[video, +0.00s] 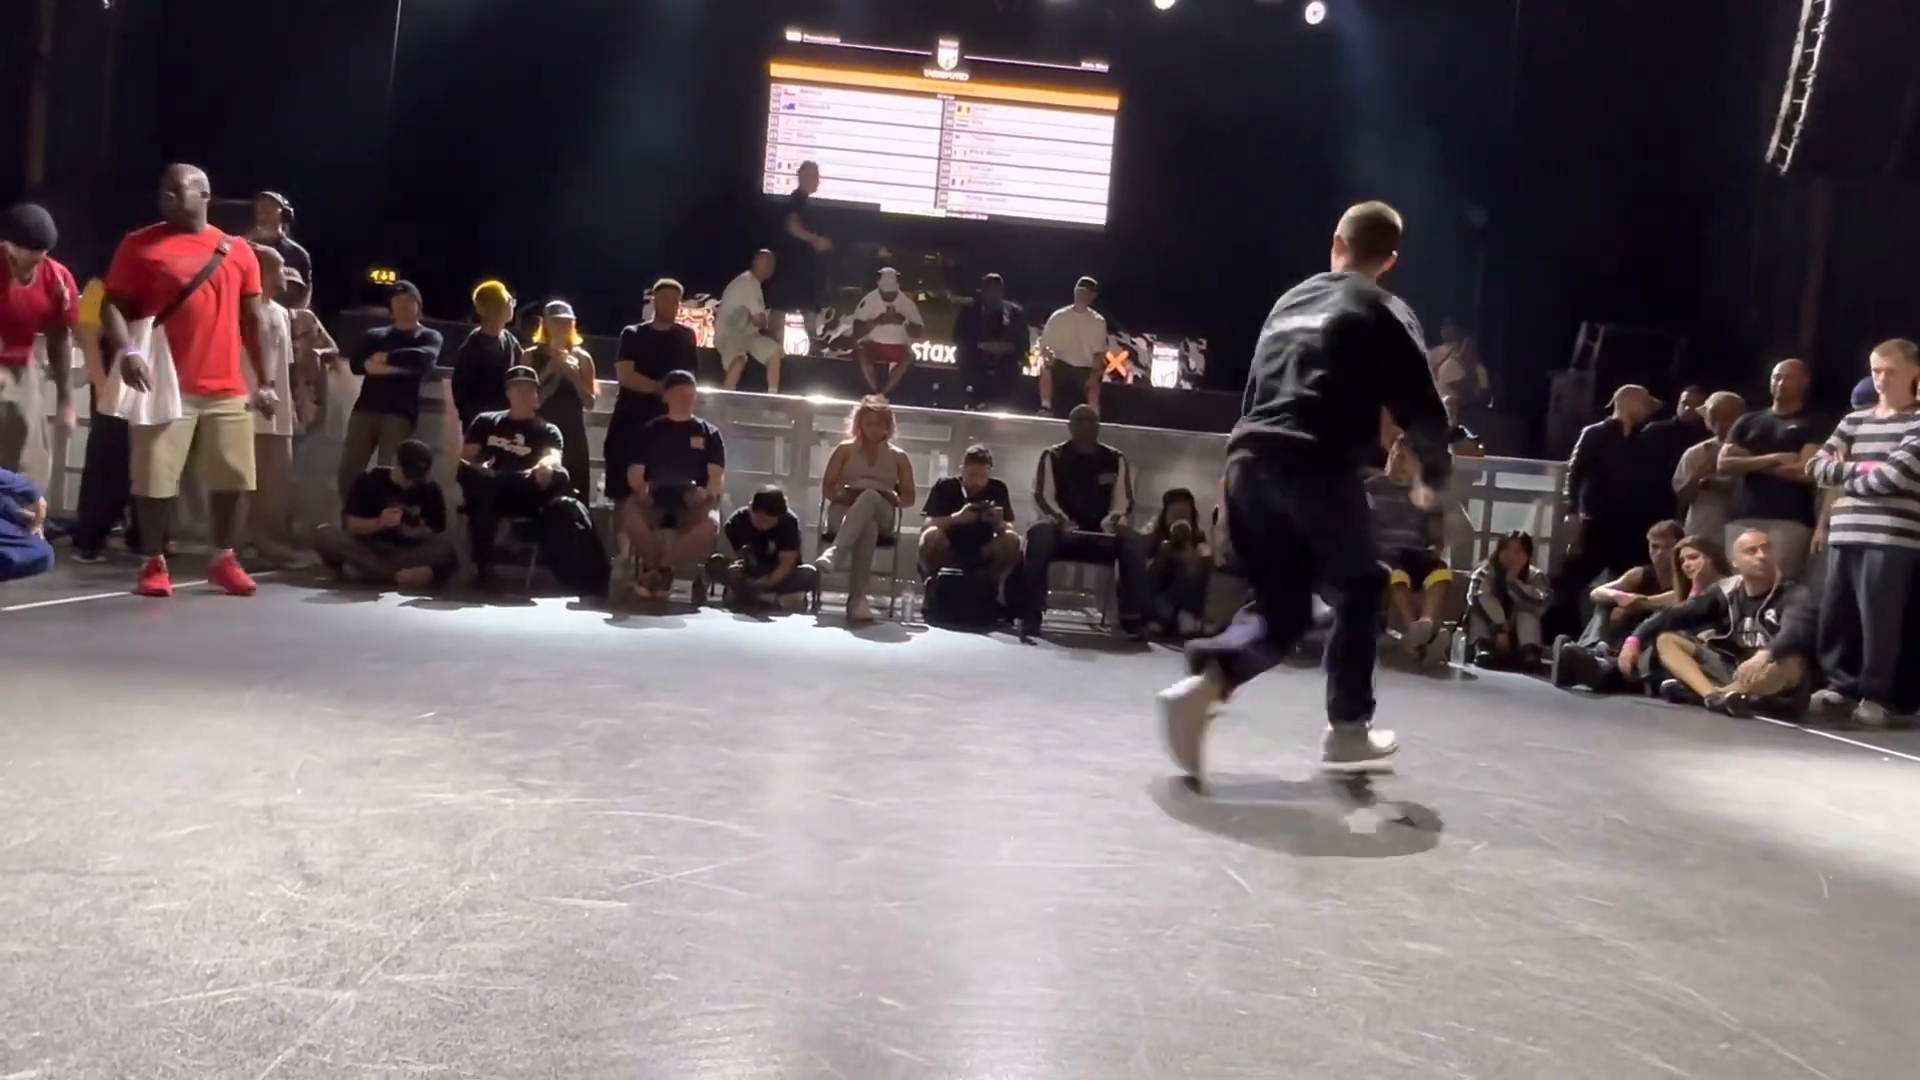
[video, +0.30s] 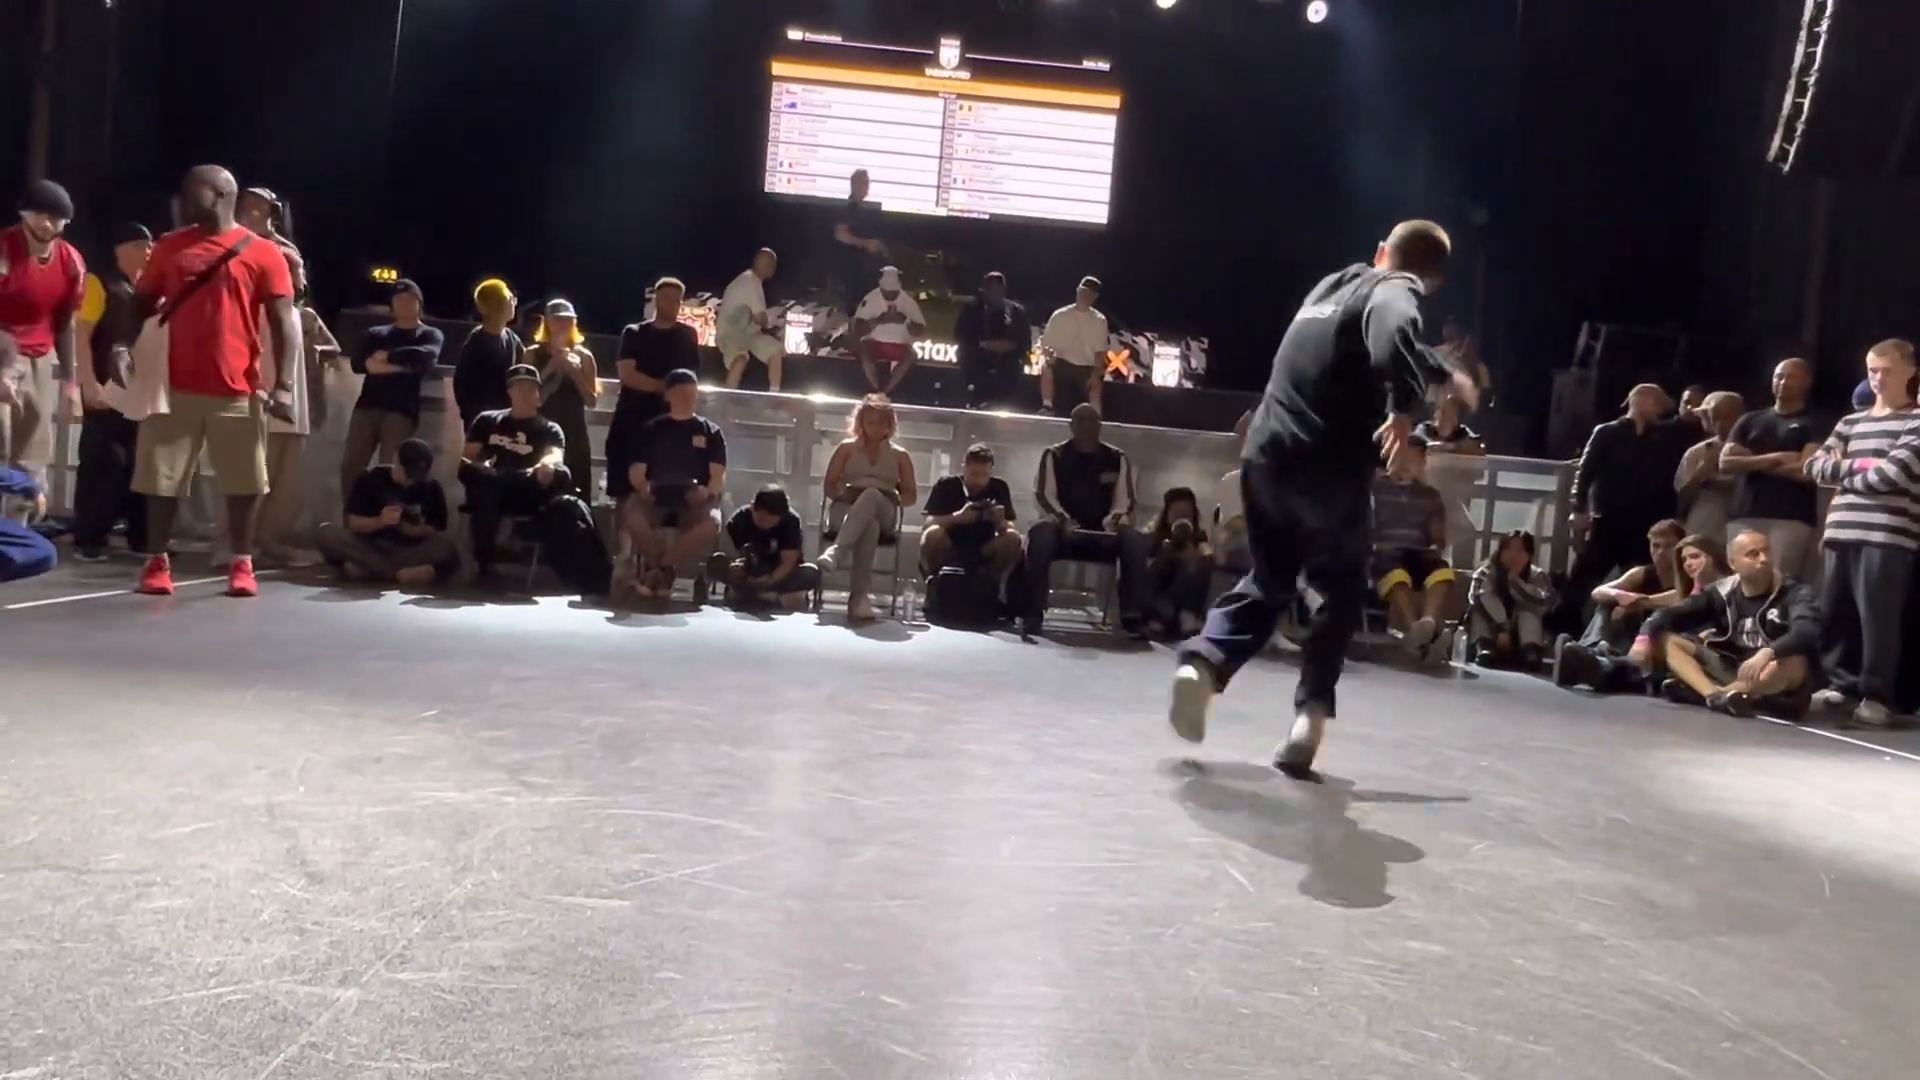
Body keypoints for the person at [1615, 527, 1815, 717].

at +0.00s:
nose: (1761, 557)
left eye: (1766, 549)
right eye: (1751, 551)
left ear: (1773, 555)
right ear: (1736, 561)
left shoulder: (1794, 594)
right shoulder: (1724, 592)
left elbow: (1795, 631)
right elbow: (1677, 615)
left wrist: (1767, 654)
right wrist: (1635, 640)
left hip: (1775, 671)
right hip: (1731, 669)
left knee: (1792, 663)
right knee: (1666, 642)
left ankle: (1717, 695)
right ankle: (1712, 696)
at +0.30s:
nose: (1763, 559)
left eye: (1766, 552)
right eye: (1753, 555)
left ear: (1771, 554)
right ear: (1733, 563)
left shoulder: (1794, 591)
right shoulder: (1723, 591)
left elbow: (1807, 632)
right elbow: (1671, 614)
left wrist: (1769, 652)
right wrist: (1644, 638)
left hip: (1772, 670)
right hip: (1730, 666)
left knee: (1794, 664)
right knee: (1670, 643)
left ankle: (1716, 694)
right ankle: (1714, 694)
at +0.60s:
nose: (1758, 558)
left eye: (1762, 550)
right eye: (1748, 552)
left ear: (1770, 554)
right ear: (1732, 561)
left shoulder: (1792, 593)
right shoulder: (1722, 591)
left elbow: (1768, 633)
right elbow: (1669, 616)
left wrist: (1717, 655)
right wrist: (1685, 638)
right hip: (1728, 674)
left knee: (1789, 659)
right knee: (1658, 637)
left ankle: (1717, 694)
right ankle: (1713, 694)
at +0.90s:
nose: (1758, 555)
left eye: (1763, 549)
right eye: (1749, 550)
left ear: (1770, 553)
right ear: (1732, 560)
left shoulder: (1792, 591)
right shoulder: (1722, 590)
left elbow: (1766, 631)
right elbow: (1671, 617)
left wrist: (1712, 661)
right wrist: (1695, 637)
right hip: (1725, 671)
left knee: (1787, 659)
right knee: (1658, 636)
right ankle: (1711, 694)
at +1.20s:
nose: (1760, 556)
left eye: (1766, 549)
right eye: (1751, 550)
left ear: (1775, 554)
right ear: (1736, 558)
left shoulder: (1794, 589)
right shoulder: (1726, 587)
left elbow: (1770, 627)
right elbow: (1679, 616)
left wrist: (1720, 655)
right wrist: (1692, 637)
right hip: (1726, 670)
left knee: (1788, 657)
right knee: (1659, 636)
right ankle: (1711, 693)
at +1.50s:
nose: (1759, 557)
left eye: (1766, 550)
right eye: (1751, 551)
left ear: (1775, 556)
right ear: (1737, 559)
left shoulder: (1793, 589)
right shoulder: (1726, 589)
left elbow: (1792, 629)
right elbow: (1672, 614)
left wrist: (1732, 650)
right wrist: (1682, 630)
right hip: (1726, 672)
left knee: (1787, 658)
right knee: (1659, 636)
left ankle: (1723, 696)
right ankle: (1710, 696)